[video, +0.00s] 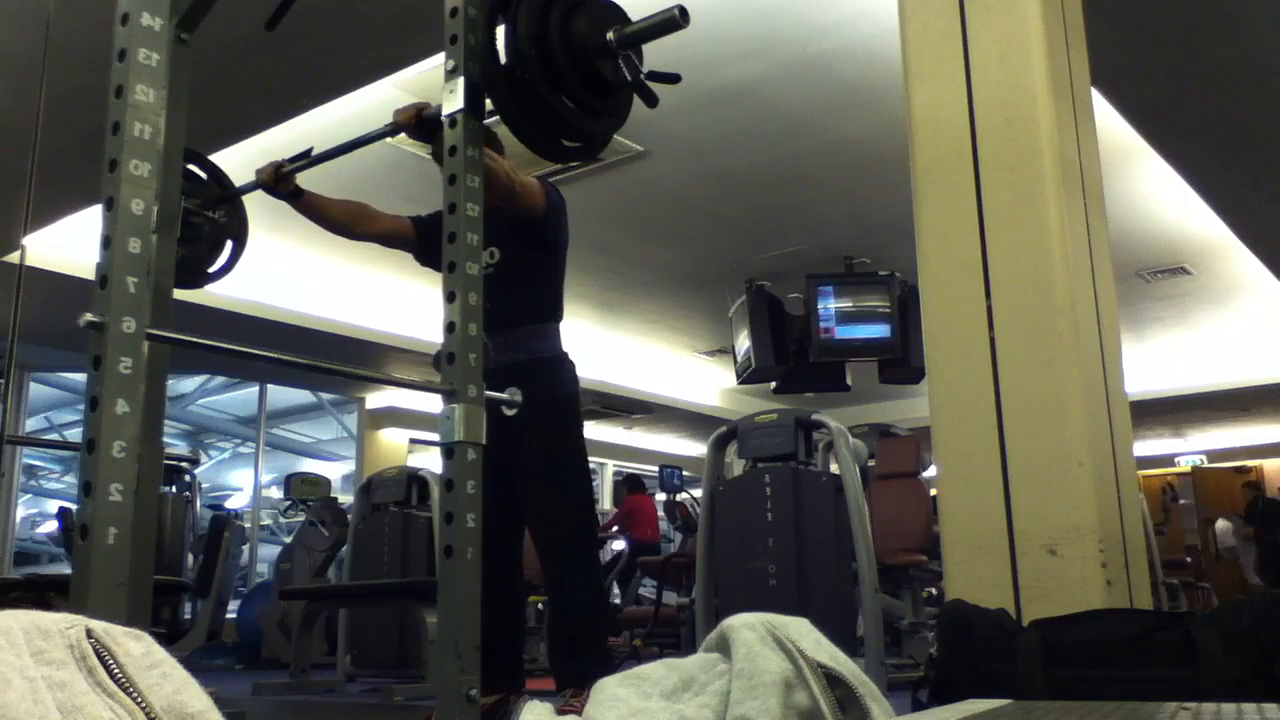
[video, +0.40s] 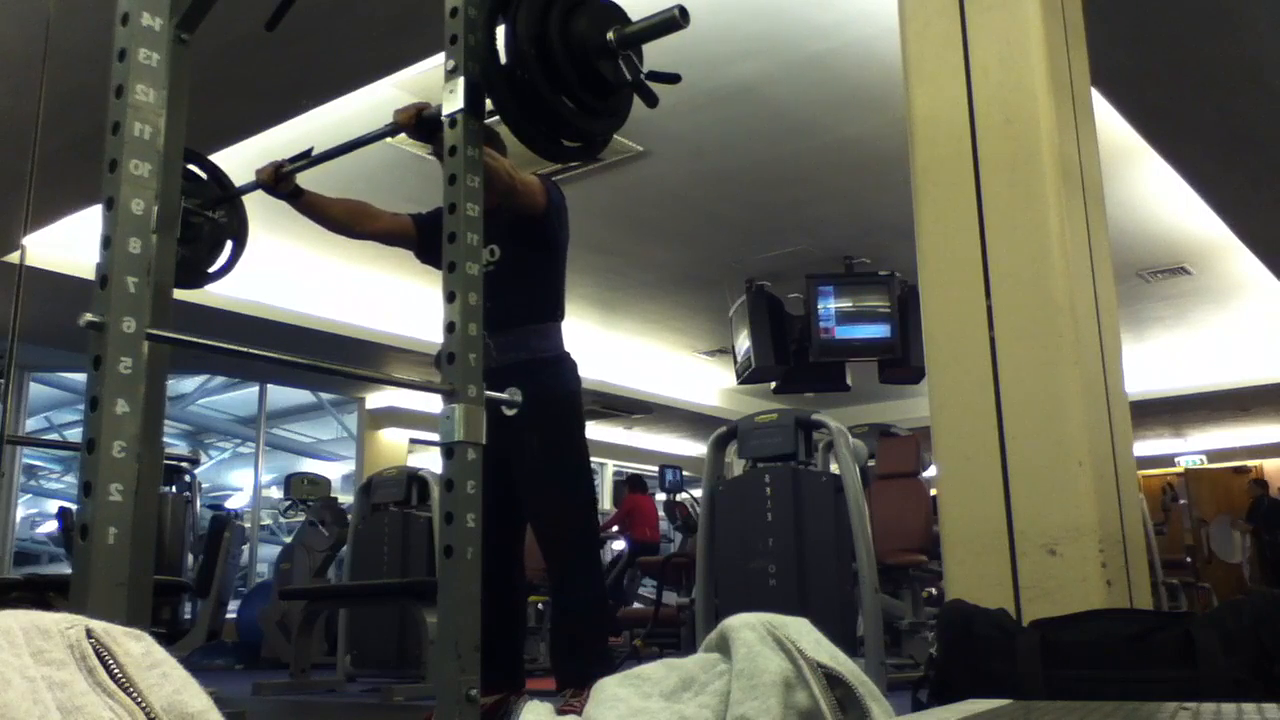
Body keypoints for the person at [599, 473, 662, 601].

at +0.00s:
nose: (624, 491)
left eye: (624, 487)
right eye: (623, 488)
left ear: (629, 487)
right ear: (642, 486)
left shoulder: (631, 500)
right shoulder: (649, 500)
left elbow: (617, 518)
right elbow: (636, 522)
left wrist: (602, 529)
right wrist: (618, 532)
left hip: (637, 545)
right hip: (654, 546)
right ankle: (634, 602)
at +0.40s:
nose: (627, 490)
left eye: (627, 487)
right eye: (627, 487)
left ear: (630, 487)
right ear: (644, 486)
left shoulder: (631, 500)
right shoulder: (650, 500)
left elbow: (616, 519)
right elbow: (639, 522)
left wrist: (600, 529)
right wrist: (620, 530)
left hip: (637, 546)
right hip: (654, 546)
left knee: (613, 567)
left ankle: (618, 600)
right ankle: (627, 600)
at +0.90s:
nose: (624, 490)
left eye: (625, 487)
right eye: (624, 487)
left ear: (629, 487)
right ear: (641, 486)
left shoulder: (631, 500)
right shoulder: (649, 500)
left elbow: (615, 520)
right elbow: (635, 523)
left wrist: (600, 530)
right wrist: (617, 532)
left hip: (637, 546)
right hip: (654, 546)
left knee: (608, 570)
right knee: (625, 572)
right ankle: (635, 601)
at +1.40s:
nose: (625, 491)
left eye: (626, 488)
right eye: (625, 488)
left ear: (630, 487)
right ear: (643, 487)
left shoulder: (631, 500)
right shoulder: (649, 500)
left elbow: (615, 519)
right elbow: (635, 523)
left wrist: (600, 529)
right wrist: (617, 533)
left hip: (637, 544)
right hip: (654, 545)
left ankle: (621, 595)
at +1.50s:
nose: (624, 490)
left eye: (625, 487)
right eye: (624, 487)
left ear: (630, 487)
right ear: (642, 486)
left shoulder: (630, 500)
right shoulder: (649, 500)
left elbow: (615, 521)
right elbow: (634, 523)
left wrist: (599, 530)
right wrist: (615, 534)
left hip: (636, 547)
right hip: (654, 547)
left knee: (605, 553)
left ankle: (611, 586)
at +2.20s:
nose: (625, 491)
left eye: (626, 488)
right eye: (625, 488)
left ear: (630, 488)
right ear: (644, 487)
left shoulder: (631, 500)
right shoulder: (650, 501)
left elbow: (616, 520)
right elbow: (639, 522)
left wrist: (601, 529)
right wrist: (620, 530)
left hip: (637, 546)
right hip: (654, 546)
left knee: (613, 566)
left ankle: (616, 601)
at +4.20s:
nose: (624, 489)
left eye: (625, 486)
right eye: (624, 486)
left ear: (630, 486)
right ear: (643, 485)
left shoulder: (631, 499)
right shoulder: (649, 500)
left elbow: (616, 520)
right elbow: (635, 524)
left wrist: (600, 530)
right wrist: (615, 534)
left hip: (636, 546)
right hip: (653, 547)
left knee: (603, 554)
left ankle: (610, 588)